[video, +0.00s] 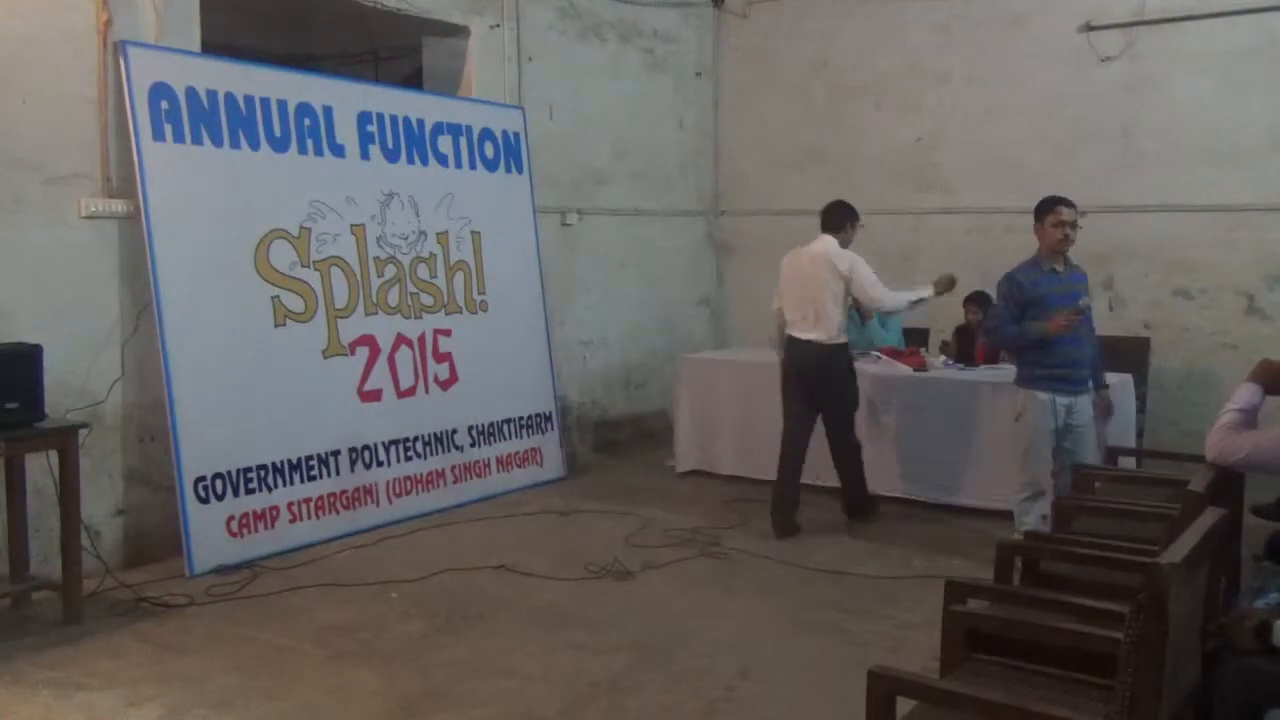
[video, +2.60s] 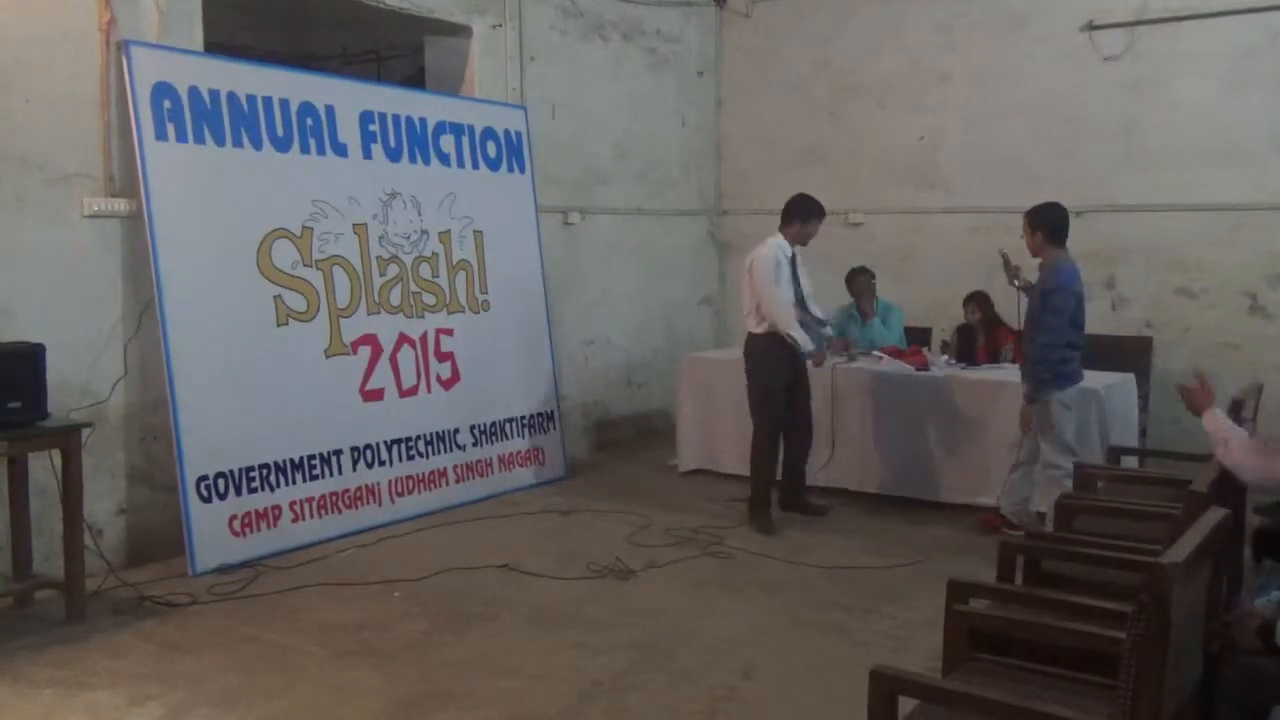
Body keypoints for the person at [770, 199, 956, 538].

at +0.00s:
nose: (855, 235)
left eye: (856, 228)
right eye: (855, 228)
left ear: (823, 224)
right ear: (846, 227)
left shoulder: (791, 259)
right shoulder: (845, 260)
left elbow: (779, 311)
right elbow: (879, 300)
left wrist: (785, 350)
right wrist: (930, 291)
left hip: (796, 356)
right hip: (832, 358)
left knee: (793, 439)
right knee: (842, 434)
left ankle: (782, 520)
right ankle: (858, 506)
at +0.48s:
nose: (894, 241)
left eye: (895, 235)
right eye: (894, 234)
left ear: (866, 225)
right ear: (884, 229)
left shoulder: (828, 251)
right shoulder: (877, 255)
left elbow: (818, 296)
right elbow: (894, 298)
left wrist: (824, 325)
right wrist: (911, 332)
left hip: (824, 337)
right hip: (854, 339)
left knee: (834, 419)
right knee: (861, 420)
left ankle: (832, 494)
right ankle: (860, 500)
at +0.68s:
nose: (896, 236)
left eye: (898, 229)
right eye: (894, 228)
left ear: (873, 224)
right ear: (877, 224)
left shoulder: (852, 243)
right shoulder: (862, 247)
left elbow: (850, 302)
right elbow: (861, 306)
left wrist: (868, 337)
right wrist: (874, 341)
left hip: (829, 332)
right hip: (842, 333)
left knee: (839, 415)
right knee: (847, 415)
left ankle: (835, 489)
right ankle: (853, 495)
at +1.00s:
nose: (883, 232)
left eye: (883, 226)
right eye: (882, 225)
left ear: (865, 220)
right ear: (871, 222)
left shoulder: (865, 255)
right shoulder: (835, 251)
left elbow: (877, 300)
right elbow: (817, 295)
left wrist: (891, 342)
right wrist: (814, 337)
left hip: (852, 338)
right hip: (829, 337)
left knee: (849, 416)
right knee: (826, 418)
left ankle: (837, 489)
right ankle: (812, 500)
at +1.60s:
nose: (851, 226)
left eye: (850, 220)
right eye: (851, 220)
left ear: (822, 217)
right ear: (847, 220)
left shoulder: (816, 245)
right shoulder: (828, 246)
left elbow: (817, 303)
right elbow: (826, 301)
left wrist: (842, 343)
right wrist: (863, 335)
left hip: (801, 338)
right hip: (809, 340)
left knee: (807, 420)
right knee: (811, 421)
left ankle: (798, 496)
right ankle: (801, 499)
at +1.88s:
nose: (853, 233)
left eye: (853, 227)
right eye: (852, 227)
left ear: (825, 223)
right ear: (844, 227)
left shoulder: (814, 247)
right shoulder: (823, 248)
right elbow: (812, 300)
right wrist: (817, 350)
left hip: (789, 335)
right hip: (794, 337)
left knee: (800, 419)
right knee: (803, 419)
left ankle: (797, 494)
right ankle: (799, 497)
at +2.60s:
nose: (815, 234)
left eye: (817, 228)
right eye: (813, 227)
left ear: (798, 224)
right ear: (795, 222)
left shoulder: (794, 257)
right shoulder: (767, 254)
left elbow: (802, 303)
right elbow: (774, 308)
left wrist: (825, 329)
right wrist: (806, 346)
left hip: (791, 348)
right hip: (765, 349)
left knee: (799, 426)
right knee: (767, 429)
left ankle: (793, 495)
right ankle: (760, 508)